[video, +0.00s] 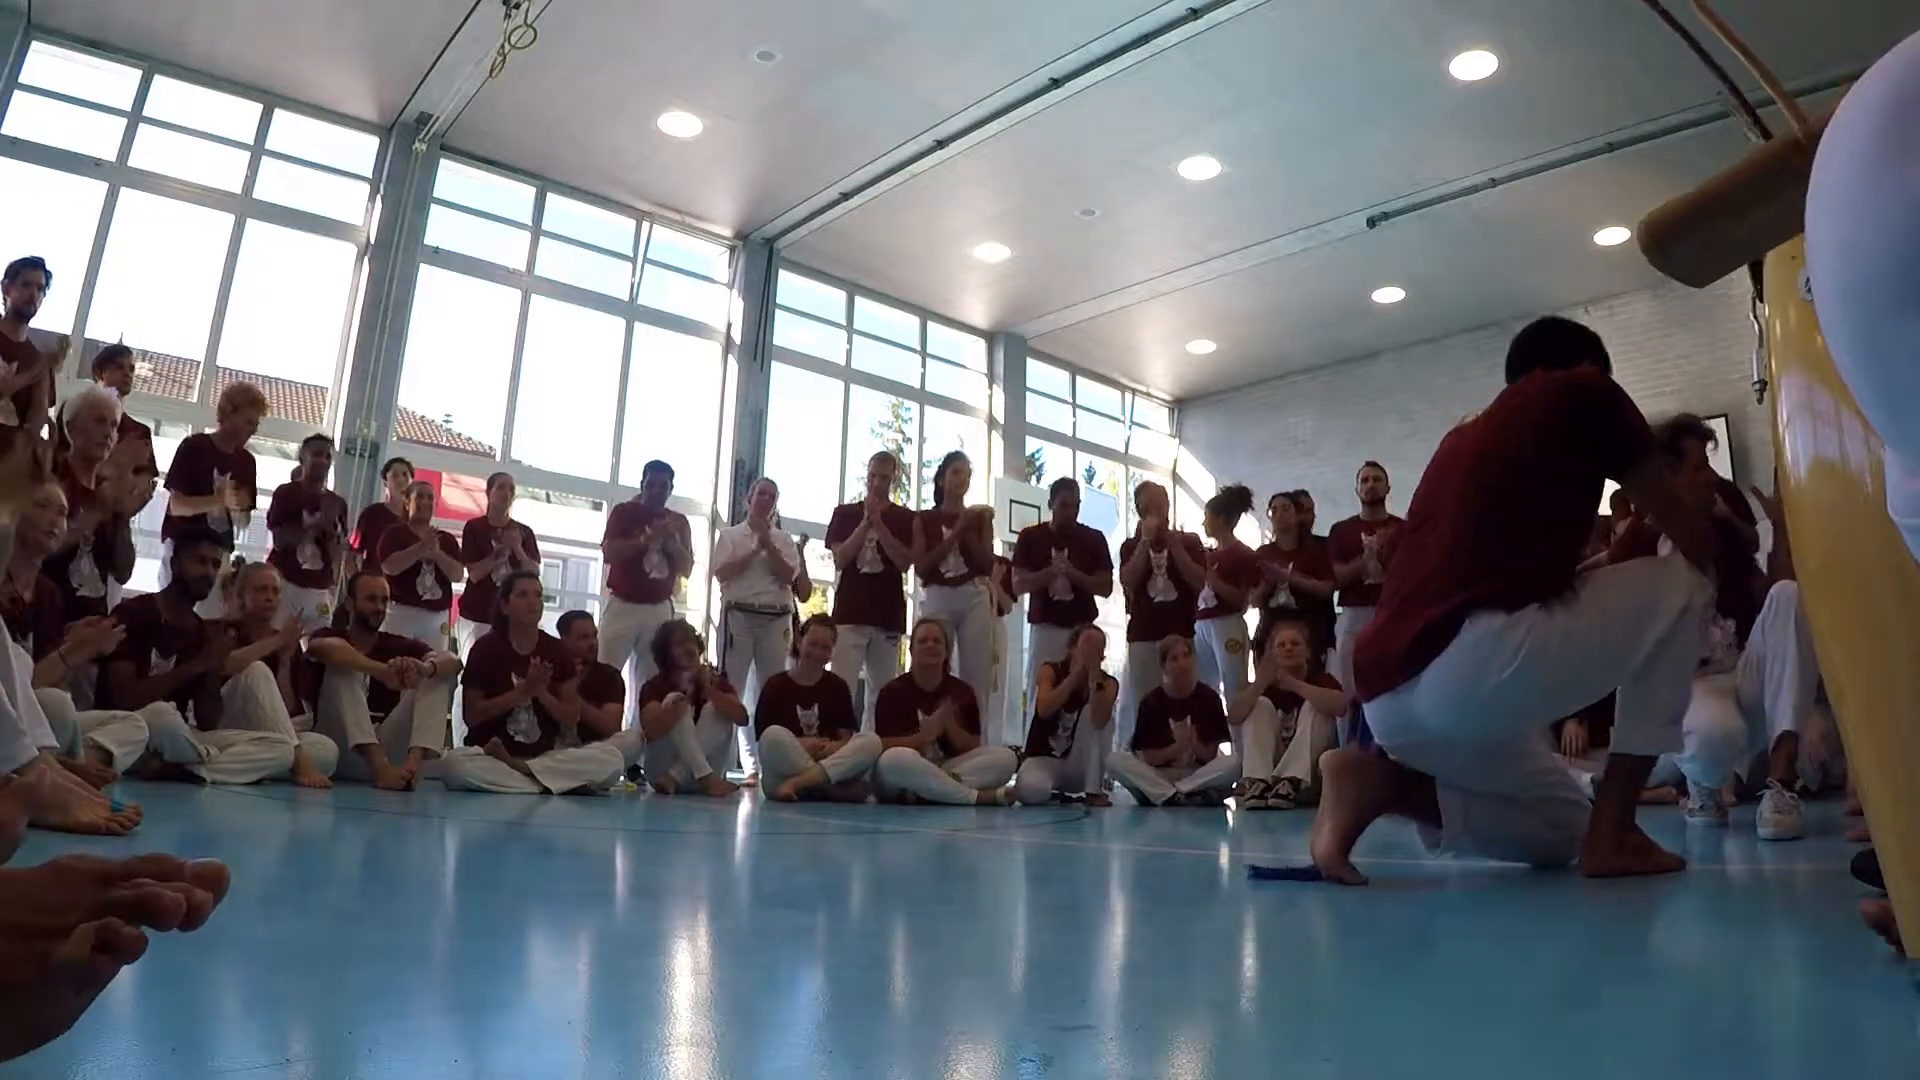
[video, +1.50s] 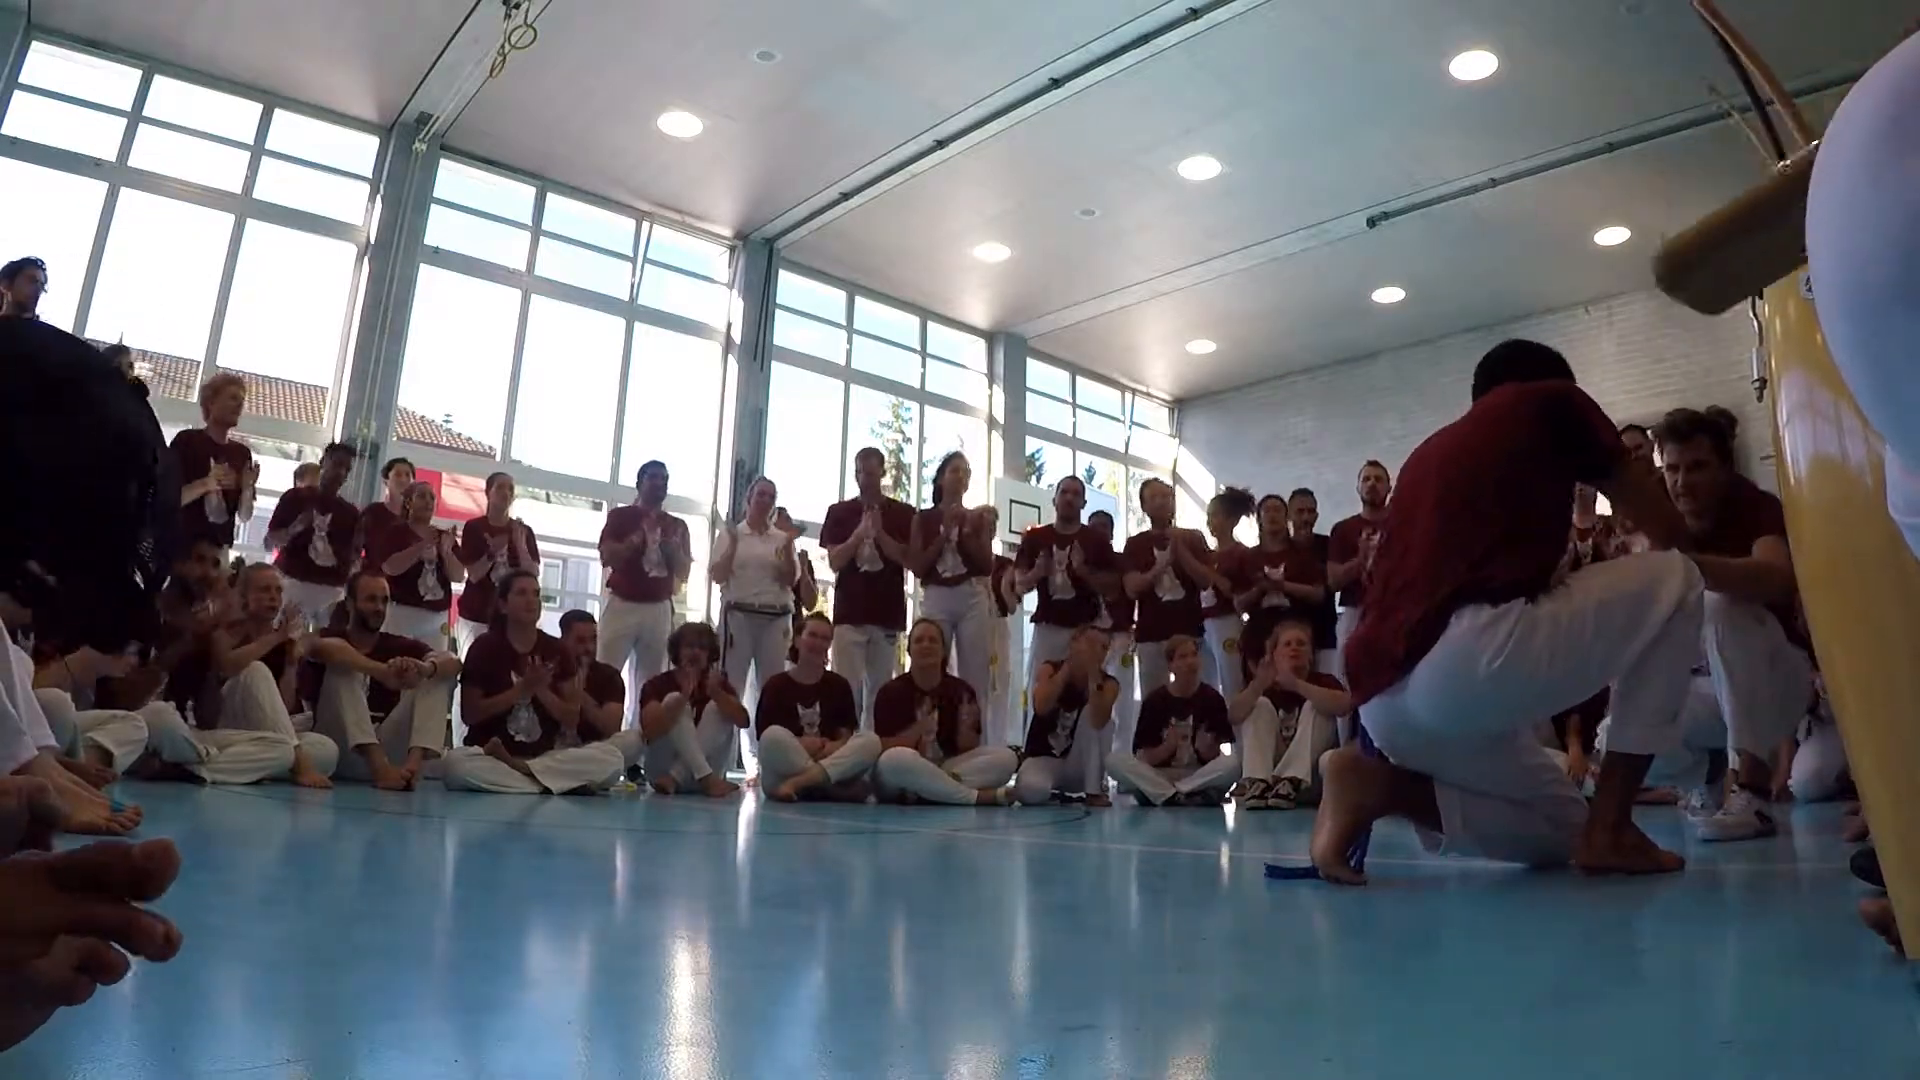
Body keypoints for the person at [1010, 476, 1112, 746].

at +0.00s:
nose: (1069, 510)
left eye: (1073, 504)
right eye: (1063, 504)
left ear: (1079, 505)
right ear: (1051, 504)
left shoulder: (1094, 538)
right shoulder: (1030, 536)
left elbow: (1105, 588)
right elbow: (1018, 584)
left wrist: (1070, 572)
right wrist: (1051, 573)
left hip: (1082, 629)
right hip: (1045, 627)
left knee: (1082, 698)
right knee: (1041, 696)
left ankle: (1078, 762)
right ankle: (1037, 760)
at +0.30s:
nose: (1070, 508)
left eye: (1076, 502)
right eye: (1065, 500)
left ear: (1081, 503)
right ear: (1052, 500)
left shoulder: (1095, 538)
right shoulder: (1032, 536)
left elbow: (1112, 586)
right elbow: (1014, 584)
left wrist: (1089, 575)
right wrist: (1039, 574)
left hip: (1084, 630)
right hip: (1046, 629)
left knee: (1084, 699)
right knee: (1040, 698)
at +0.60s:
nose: (1069, 503)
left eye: (1075, 498)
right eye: (1064, 496)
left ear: (1081, 502)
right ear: (1052, 499)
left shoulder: (1096, 538)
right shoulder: (1032, 536)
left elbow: (1109, 586)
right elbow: (1018, 583)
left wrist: (1079, 571)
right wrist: (1043, 571)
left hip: (1087, 629)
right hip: (1047, 627)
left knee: (1084, 697)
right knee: (1040, 694)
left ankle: (1081, 760)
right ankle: (1037, 759)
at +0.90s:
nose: (1068, 503)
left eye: (1074, 499)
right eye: (1063, 497)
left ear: (1081, 504)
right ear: (1053, 500)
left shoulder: (1095, 539)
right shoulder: (1033, 537)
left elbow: (1108, 589)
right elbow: (1020, 585)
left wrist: (1073, 571)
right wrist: (1049, 572)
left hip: (1085, 630)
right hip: (1047, 628)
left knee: (1083, 700)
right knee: (1039, 698)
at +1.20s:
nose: (1070, 500)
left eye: (1077, 496)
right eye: (1065, 495)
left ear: (1084, 502)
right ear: (1056, 499)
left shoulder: (1098, 540)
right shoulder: (1035, 537)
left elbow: (1108, 589)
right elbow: (1022, 586)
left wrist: (1070, 571)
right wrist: (1050, 570)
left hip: (1087, 630)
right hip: (1048, 629)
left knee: (1085, 700)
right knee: (1039, 696)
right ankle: (1037, 761)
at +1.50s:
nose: (1069, 498)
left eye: (1076, 494)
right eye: (1064, 492)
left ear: (1083, 503)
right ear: (1054, 500)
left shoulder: (1097, 539)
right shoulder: (1035, 537)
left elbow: (1112, 586)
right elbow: (1020, 584)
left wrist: (1083, 571)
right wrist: (1037, 573)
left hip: (1086, 629)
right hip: (1048, 627)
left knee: (1082, 700)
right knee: (1040, 696)